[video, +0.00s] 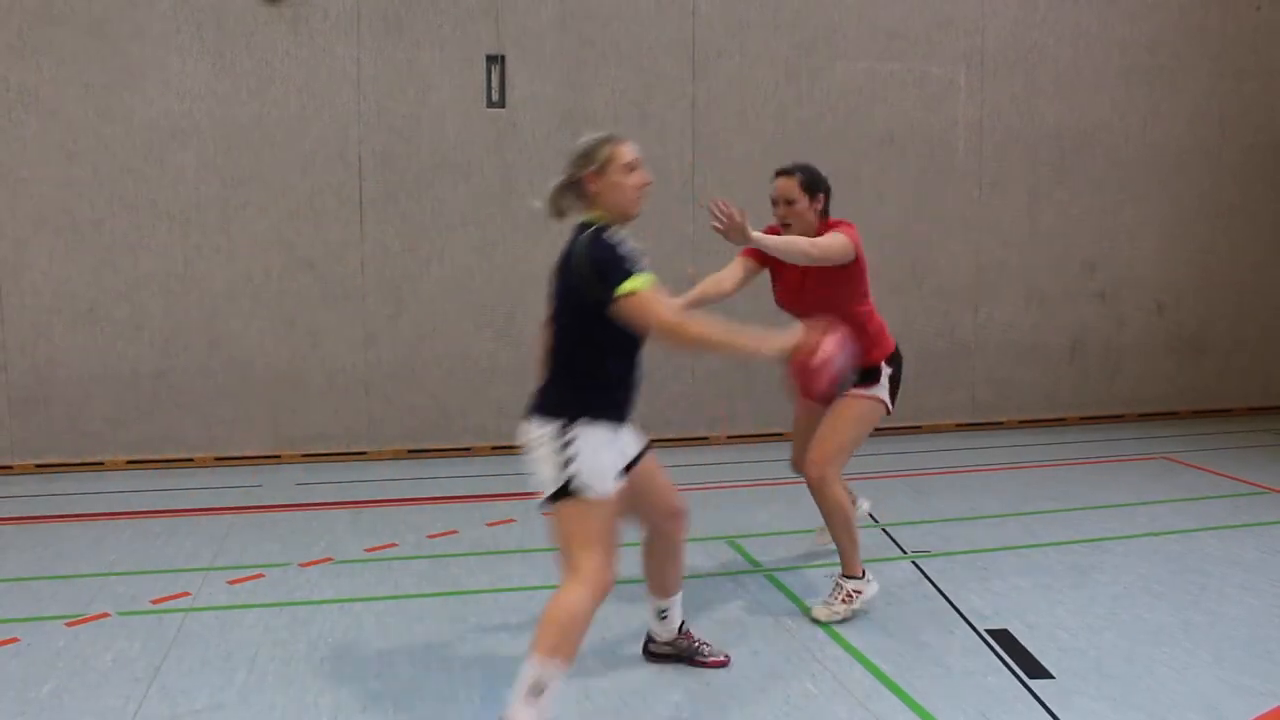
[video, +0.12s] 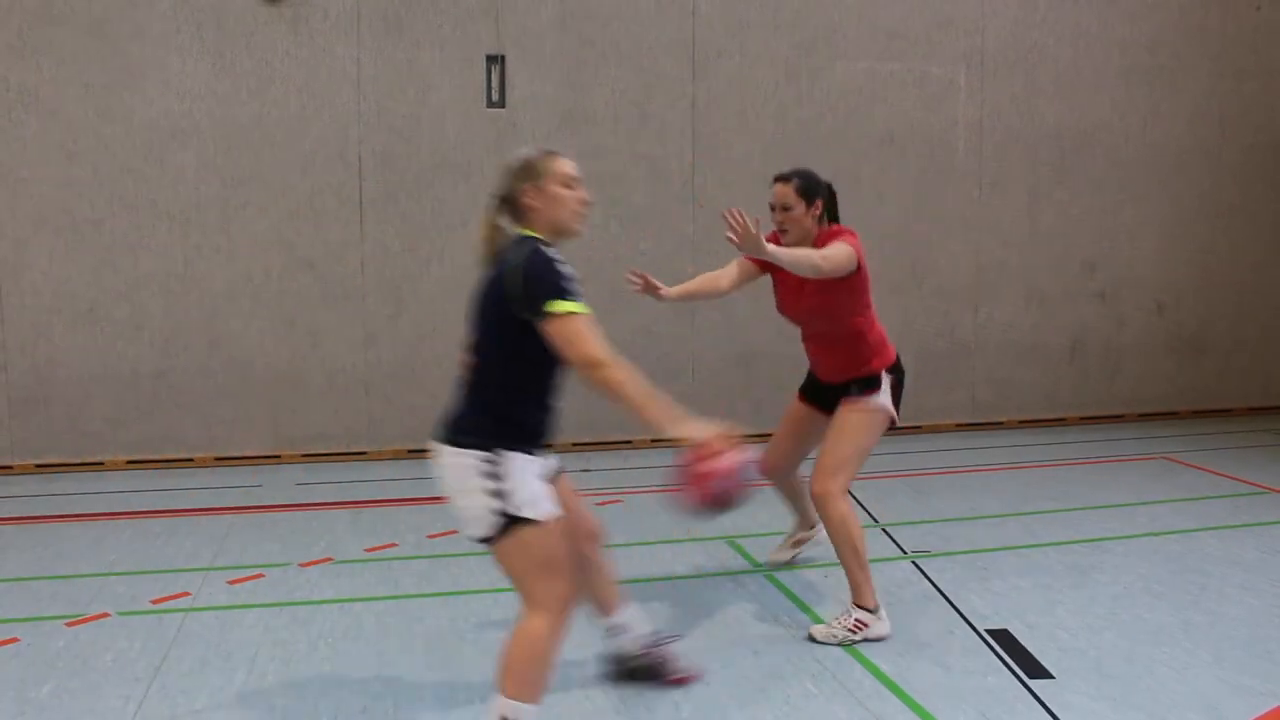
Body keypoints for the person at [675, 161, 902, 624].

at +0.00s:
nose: (779, 213)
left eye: (788, 204)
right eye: (774, 205)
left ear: (819, 203)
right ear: (772, 206)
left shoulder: (843, 237)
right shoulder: (769, 242)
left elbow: (813, 252)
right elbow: (729, 280)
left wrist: (751, 238)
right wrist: (679, 304)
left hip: (869, 365)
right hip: (819, 363)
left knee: (821, 469)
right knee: (804, 462)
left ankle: (855, 579)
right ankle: (849, 505)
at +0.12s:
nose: (776, 220)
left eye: (785, 211)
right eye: (773, 211)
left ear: (815, 210)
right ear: (772, 213)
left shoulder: (843, 245)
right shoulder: (774, 248)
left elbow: (821, 264)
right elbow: (727, 278)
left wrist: (765, 251)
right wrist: (671, 293)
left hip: (871, 381)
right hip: (824, 379)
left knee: (827, 488)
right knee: (777, 466)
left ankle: (868, 610)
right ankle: (807, 524)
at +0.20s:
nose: (774, 235)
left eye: (784, 226)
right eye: (771, 226)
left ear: (815, 226)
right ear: (770, 230)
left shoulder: (842, 263)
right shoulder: (772, 271)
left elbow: (825, 282)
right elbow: (717, 293)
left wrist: (766, 264)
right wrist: (667, 294)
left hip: (872, 399)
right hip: (822, 398)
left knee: (822, 498)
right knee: (761, 478)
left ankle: (869, 613)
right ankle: (794, 535)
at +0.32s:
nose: (766, 244)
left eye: (776, 235)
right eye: (764, 235)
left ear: (806, 239)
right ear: (762, 241)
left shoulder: (833, 273)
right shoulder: (763, 284)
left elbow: (821, 302)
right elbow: (707, 312)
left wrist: (760, 280)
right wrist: (663, 304)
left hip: (866, 403)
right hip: (817, 404)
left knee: (819, 500)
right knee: (754, 486)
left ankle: (870, 615)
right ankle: (795, 538)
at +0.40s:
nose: (757, 236)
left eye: (765, 228)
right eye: (754, 228)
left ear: (796, 231)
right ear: (755, 234)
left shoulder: (822, 266)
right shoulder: (758, 272)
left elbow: (814, 302)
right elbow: (704, 314)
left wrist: (754, 283)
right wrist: (665, 310)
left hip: (857, 390)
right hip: (811, 391)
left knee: (820, 490)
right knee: (760, 477)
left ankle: (866, 610)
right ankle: (796, 539)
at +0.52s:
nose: (738, 225)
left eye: (746, 217)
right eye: (736, 218)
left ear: (776, 222)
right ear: (742, 224)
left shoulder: (805, 255)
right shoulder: (746, 263)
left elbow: (800, 307)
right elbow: (707, 316)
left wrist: (740, 286)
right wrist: (676, 314)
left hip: (859, 364)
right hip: (814, 365)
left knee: (804, 457)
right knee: (766, 449)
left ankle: (843, 569)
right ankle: (794, 536)